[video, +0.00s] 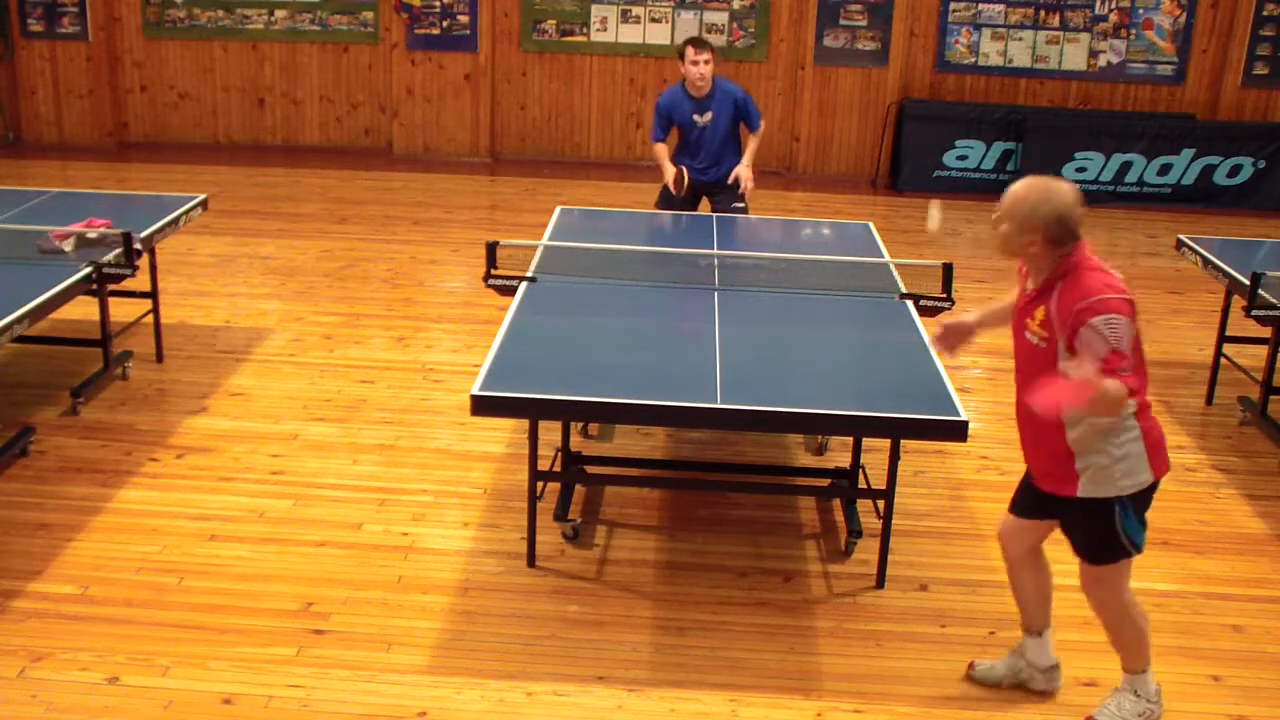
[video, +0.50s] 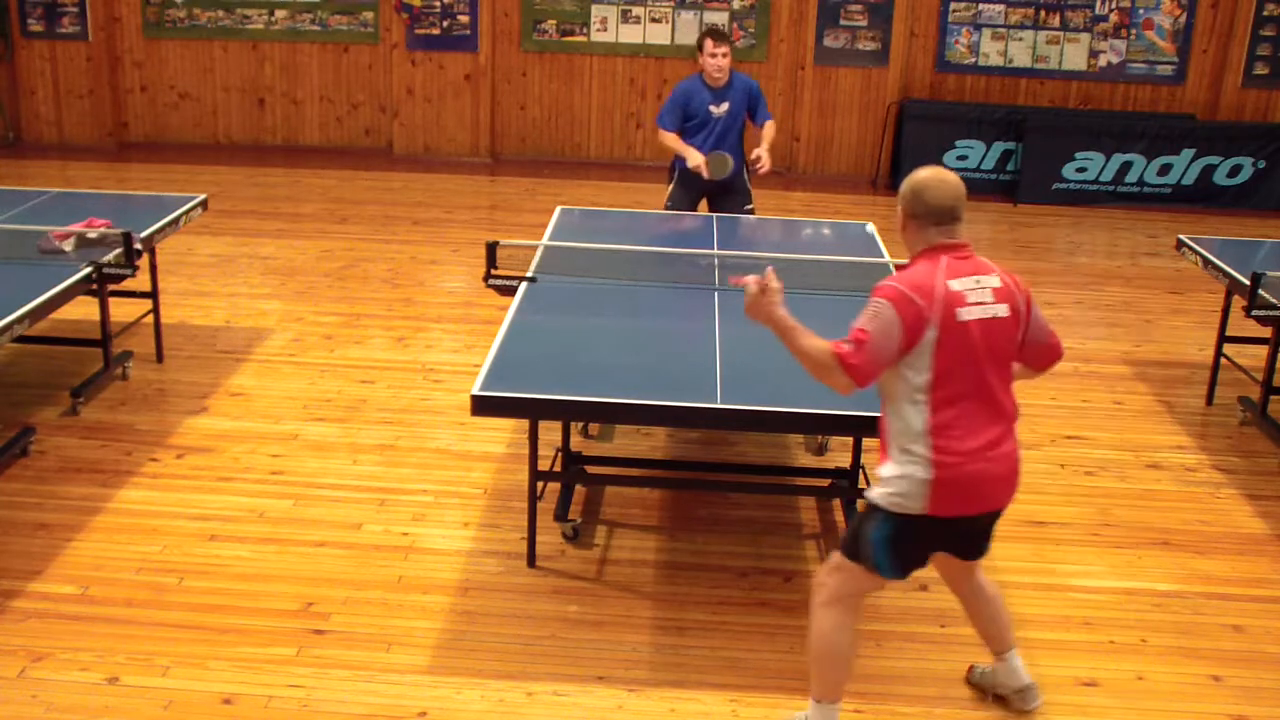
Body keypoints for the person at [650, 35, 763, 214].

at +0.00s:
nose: (701, 70)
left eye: (706, 63)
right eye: (694, 64)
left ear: (713, 65)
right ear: (682, 67)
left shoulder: (734, 95)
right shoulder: (669, 101)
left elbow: (757, 126)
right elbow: (659, 140)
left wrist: (746, 163)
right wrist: (667, 168)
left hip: (725, 176)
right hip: (686, 174)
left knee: (736, 235)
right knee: (661, 227)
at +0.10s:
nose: (697, 61)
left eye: (703, 55)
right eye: (690, 55)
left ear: (709, 57)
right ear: (678, 60)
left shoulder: (729, 88)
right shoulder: (663, 95)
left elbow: (746, 120)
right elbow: (650, 133)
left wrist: (738, 154)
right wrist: (658, 161)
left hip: (717, 171)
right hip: (678, 170)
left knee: (734, 227)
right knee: (655, 224)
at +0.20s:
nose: (696, 56)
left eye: (701, 49)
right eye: (689, 50)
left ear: (708, 51)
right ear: (677, 53)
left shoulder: (727, 83)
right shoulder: (662, 88)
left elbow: (742, 117)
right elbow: (646, 125)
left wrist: (733, 149)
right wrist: (654, 154)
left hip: (714, 167)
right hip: (675, 167)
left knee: (730, 221)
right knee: (655, 221)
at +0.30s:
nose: (698, 55)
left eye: (703, 48)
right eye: (692, 48)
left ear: (710, 50)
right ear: (680, 51)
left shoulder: (728, 82)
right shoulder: (663, 87)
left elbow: (744, 117)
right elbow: (645, 122)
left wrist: (735, 149)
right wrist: (658, 150)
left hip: (715, 168)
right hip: (676, 168)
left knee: (732, 222)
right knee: (657, 221)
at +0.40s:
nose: (706, 58)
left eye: (712, 51)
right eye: (700, 51)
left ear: (718, 52)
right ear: (688, 54)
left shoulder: (734, 84)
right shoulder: (672, 88)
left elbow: (754, 120)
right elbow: (651, 126)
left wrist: (746, 149)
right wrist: (670, 151)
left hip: (721, 173)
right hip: (681, 171)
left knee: (735, 231)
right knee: (660, 226)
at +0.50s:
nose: (719, 62)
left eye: (724, 56)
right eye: (712, 56)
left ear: (731, 58)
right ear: (700, 58)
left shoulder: (746, 88)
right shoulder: (685, 91)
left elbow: (767, 122)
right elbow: (665, 134)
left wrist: (764, 147)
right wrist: (689, 153)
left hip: (732, 175)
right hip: (691, 174)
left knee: (744, 235)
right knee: (672, 230)